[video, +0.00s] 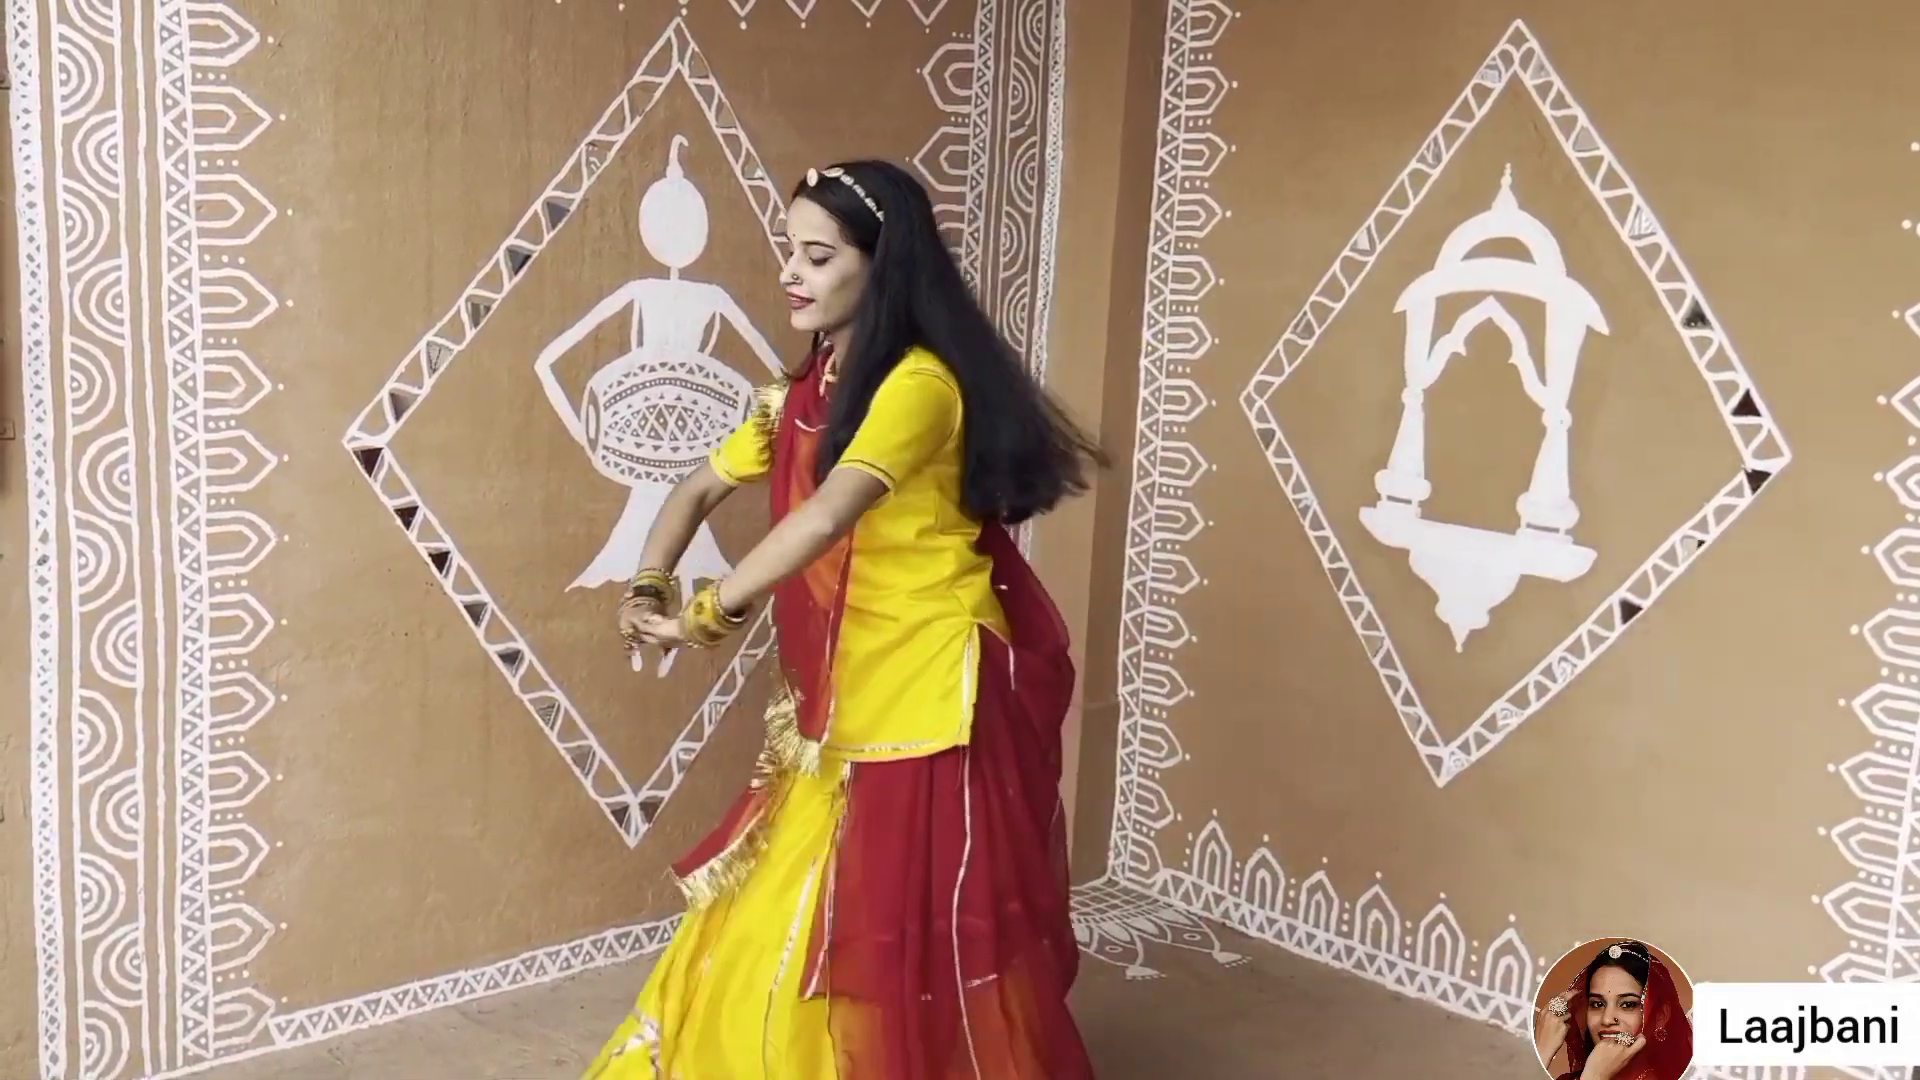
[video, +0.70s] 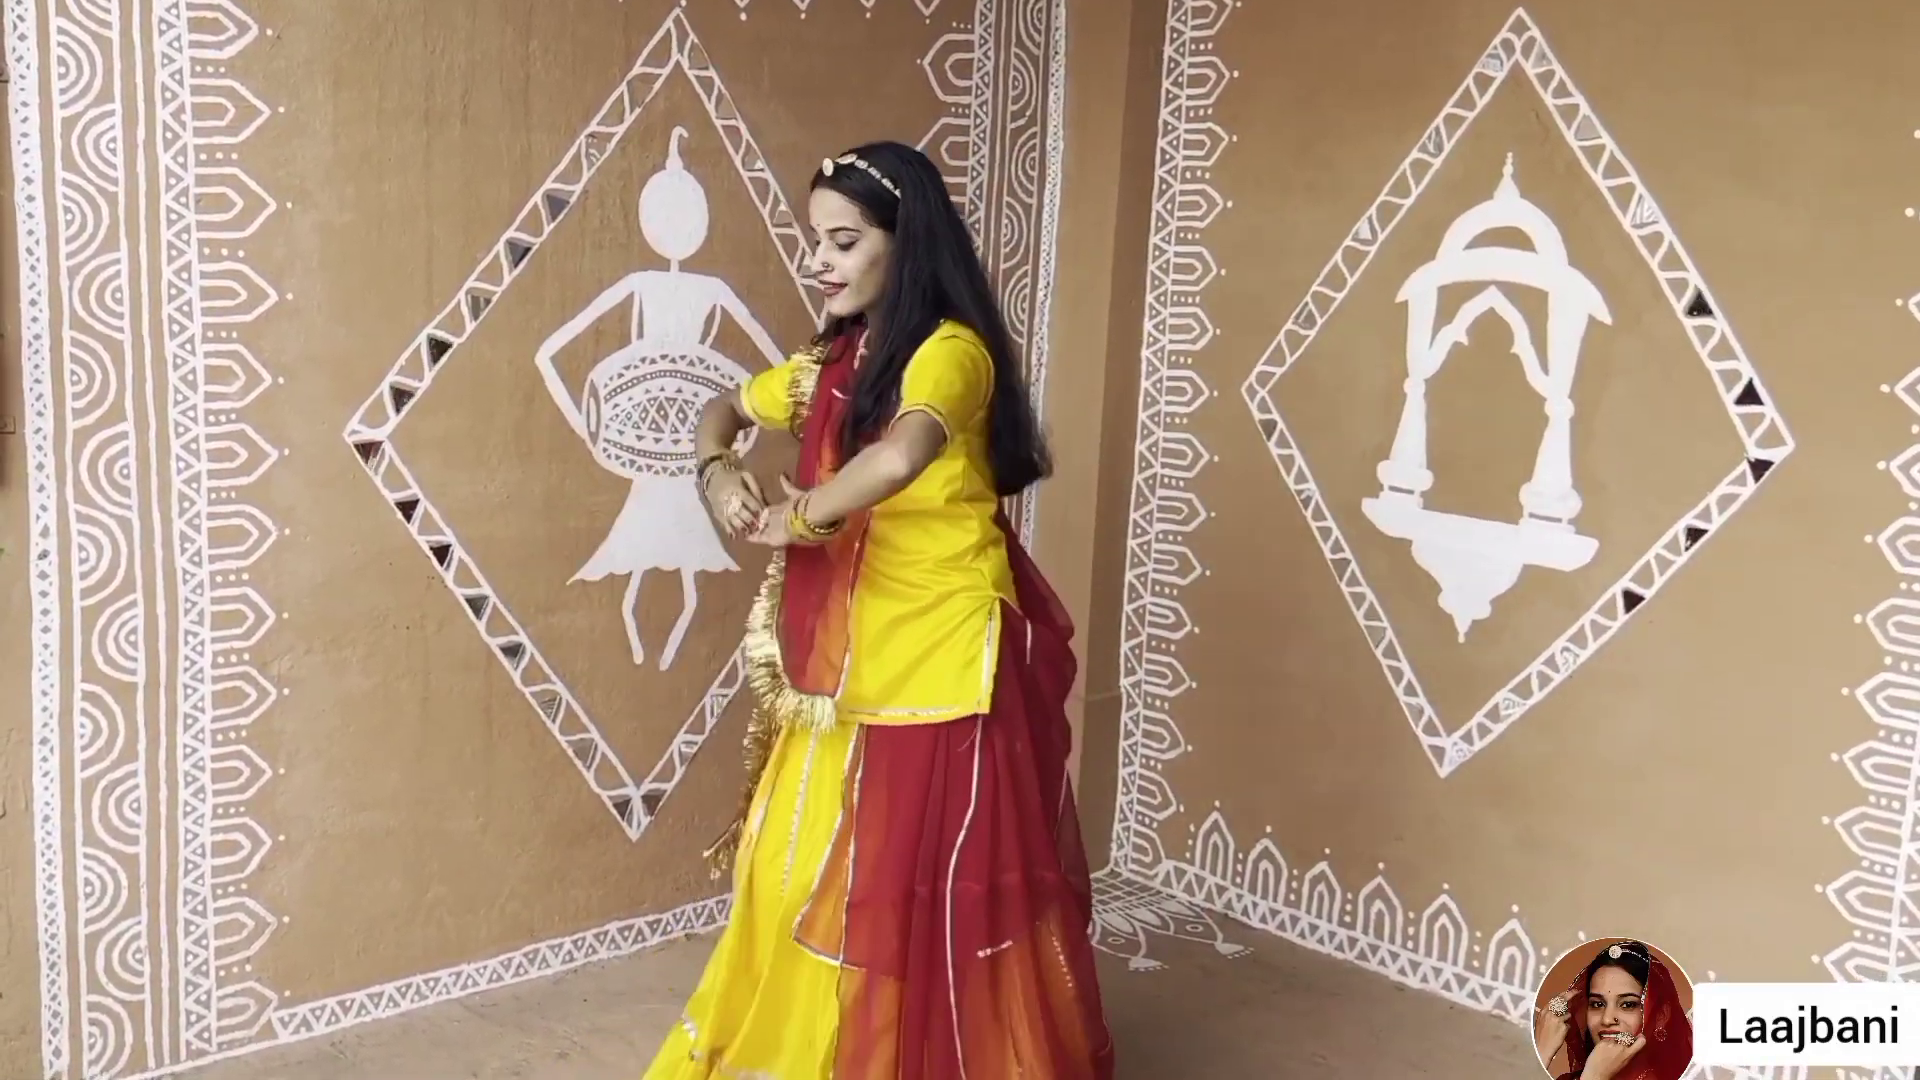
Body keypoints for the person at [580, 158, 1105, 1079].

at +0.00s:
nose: (792, 277)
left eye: (816, 255)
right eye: (788, 255)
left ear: (883, 263)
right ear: (793, 263)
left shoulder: (919, 383)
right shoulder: (807, 384)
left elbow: (830, 512)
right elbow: (699, 488)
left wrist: (711, 610)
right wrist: (652, 581)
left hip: (945, 702)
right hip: (846, 700)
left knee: (906, 946)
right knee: (771, 935)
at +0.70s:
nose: (819, 264)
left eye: (842, 242)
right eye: (813, 243)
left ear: (905, 243)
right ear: (814, 248)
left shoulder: (951, 350)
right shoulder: (838, 357)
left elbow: (901, 455)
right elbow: (730, 410)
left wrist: (804, 512)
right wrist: (716, 473)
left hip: (947, 661)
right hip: (843, 657)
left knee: (918, 891)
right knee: (802, 881)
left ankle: (920, 1066)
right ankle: (801, 1058)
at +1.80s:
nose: (1070, 221)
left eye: (1063, 202)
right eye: (1058, 202)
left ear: (954, 215)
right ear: (1018, 216)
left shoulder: (892, 310)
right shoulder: (1063, 338)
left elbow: (839, 172)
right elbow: (1180, 228)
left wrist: (919, 98)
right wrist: (1127, 110)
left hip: (924, 637)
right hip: (1043, 636)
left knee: (925, 860)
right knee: (1070, 857)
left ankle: (910, 1048)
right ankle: (1085, 1053)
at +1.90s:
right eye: (1061, 202)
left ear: (940, 217)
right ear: (1053, 229)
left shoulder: (891, 312)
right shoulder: (1086, 344)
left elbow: (807, 180)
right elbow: (1135, 260)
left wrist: (883, 105)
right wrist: (1097, 165)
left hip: (929, 649)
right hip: (1057, 644)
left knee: (935, 876)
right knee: (1085, 868)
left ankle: (920, 1052)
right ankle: (1111, 1051)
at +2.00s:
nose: (942, 216)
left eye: (951, 203)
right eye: (953, 199)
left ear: (960, 228)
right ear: (1058, 230)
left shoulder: (921, 309)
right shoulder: (1088, 345)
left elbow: (814, 198)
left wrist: (868, 112)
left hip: (912, 606)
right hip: (1025, 615)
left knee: (921, 823)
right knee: (1039, 826)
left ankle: (908, 1031)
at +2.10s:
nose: (936, 234)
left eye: (946, 219)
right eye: (945, 216)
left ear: (965, 236)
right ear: (1051, 222)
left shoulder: (961, 305)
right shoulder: (1077, 316)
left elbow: (871, 209)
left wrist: (876, 109)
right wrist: (927, 157)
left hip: (931, 588)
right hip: (1022, 597)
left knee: (911, 789)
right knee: (999, 793)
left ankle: (904, 1015)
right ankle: (1002, 1003)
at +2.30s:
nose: (875, 216)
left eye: (895, 198)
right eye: (875, 198)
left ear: (956, 208)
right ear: (903, 209)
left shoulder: (1004, 329)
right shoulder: (883, 308)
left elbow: (1068, 197)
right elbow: (752, 256)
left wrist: (994, 80)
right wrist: (825, 149)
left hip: (980, 640)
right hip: (878, 630)